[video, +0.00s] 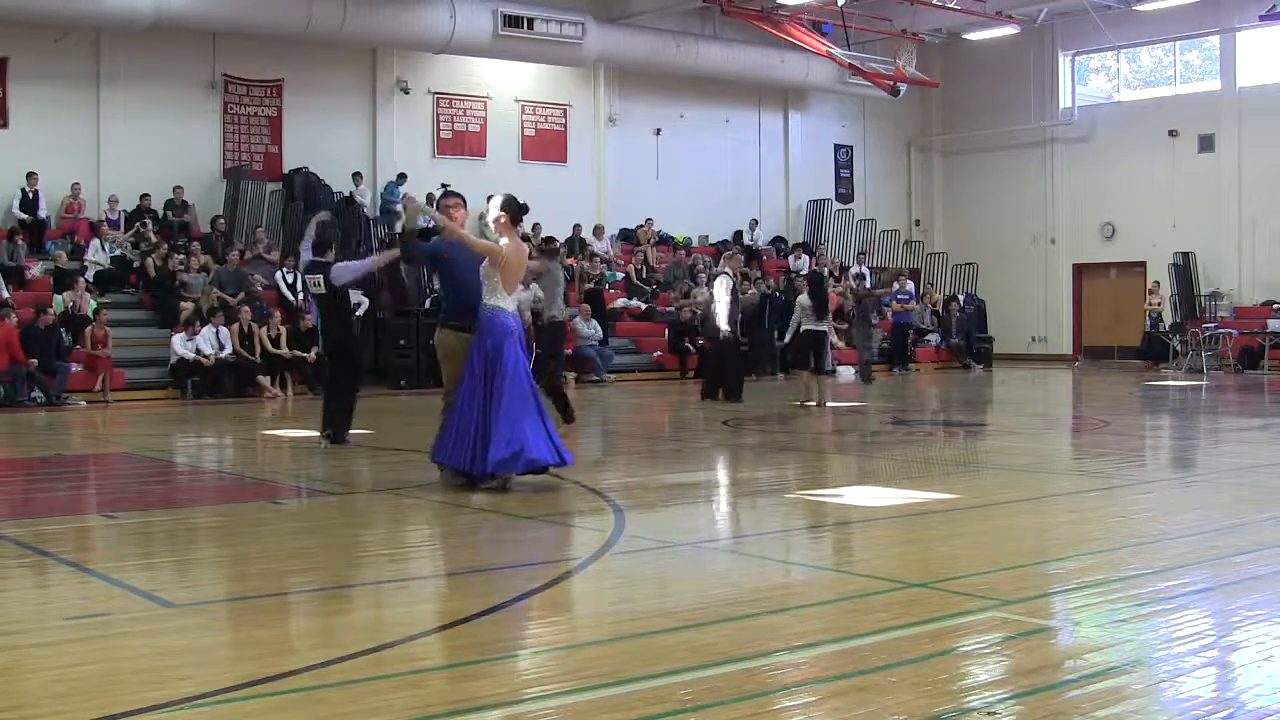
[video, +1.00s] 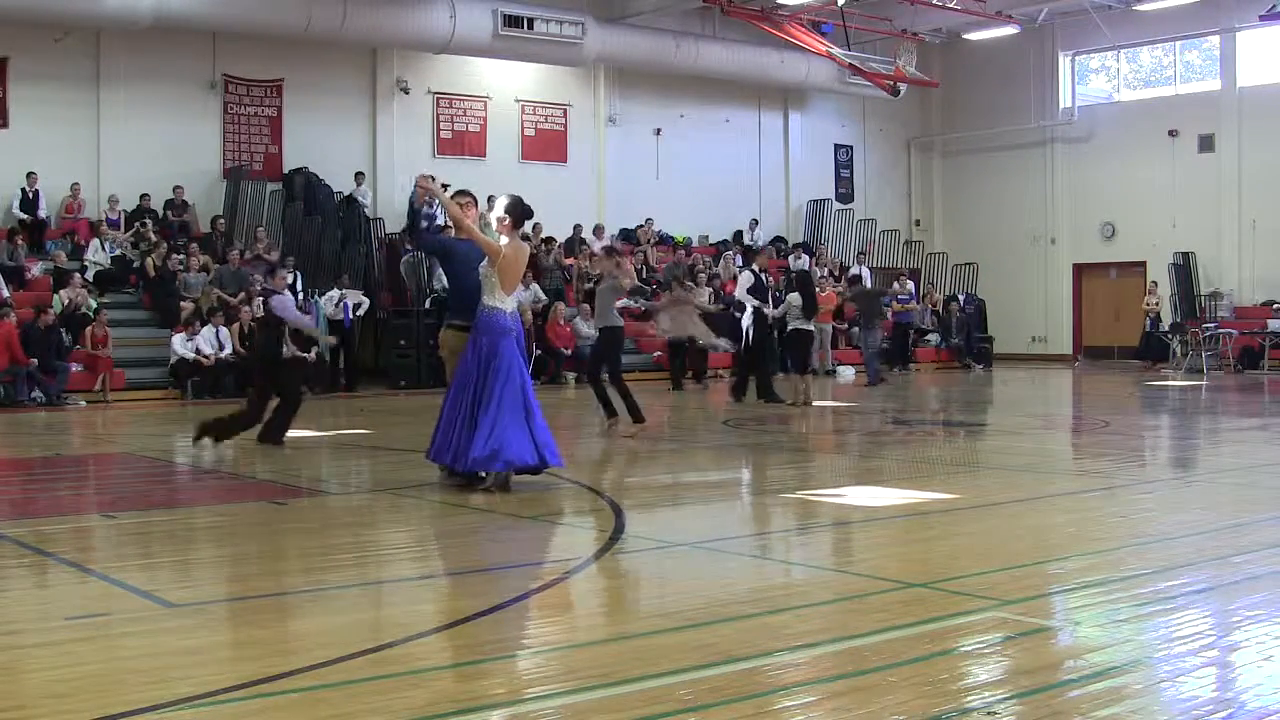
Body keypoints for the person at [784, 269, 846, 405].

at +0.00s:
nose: (803, 283)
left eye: (805, 281)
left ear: (808, 283)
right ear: (822, 283)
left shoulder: (801, 299)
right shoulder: (826, 298)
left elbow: (795, 320)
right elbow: (829, 321)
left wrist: (787, 338)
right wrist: (835, 339)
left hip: (806, 332)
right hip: (822, 333)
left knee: (803, 366)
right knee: (820, 368)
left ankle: (806, 396)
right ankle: (822, 398)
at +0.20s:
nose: (799, 285)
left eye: (801, 283)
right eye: (801, 283)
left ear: (803, 285)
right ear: (815, 285)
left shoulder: (798, 300)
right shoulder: (819, 299)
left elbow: (794, 323)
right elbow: (822, 321)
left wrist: (791, 341)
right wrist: (827, 337)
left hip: (802, 335)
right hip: (816, 335)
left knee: (792, 366)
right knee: (813, 369)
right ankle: (820, 398)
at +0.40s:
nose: (795, 287)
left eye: (796, 285)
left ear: (798, 287)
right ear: (810, 288)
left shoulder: (791, 302)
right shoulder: (812, 301)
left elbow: (779, 318)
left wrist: (771, 331)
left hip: (796, 335)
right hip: (811, 336)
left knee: (791, 368)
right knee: (803, 369)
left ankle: (791, 396)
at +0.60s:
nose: (790, 286)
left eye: (792, 284)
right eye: (791, 284)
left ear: (795, 286)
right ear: (808, 286)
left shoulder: (790, 302)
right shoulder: (811, 301)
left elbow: (778, 317)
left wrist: (765, 321)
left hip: (795, 334)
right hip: (811, 335)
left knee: (791, 369)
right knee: (804, 369)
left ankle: (790, 397)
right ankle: (807, 397)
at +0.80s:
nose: (793, 283)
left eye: (794, 281)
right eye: (794, 281)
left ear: (797, 283)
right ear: (809, 283)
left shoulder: (792, 298)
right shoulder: (813, 298)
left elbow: (781, 314)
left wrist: (767, 313)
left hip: (797, 333)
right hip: (811, 333)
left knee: (791, 367)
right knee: (805, 368)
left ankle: (795, 397)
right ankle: (808, 397)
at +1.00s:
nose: (793, 282)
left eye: (794, 280)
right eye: (793, 280)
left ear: (797, 282)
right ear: (809, 282)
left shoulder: (792, 297)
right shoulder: (812, 297)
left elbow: (779, 313)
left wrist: (767, 311)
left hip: (794, 330)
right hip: (809, 330)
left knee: (795, 366)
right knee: (806, 366)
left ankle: (798, 396)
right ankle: (808, 397)